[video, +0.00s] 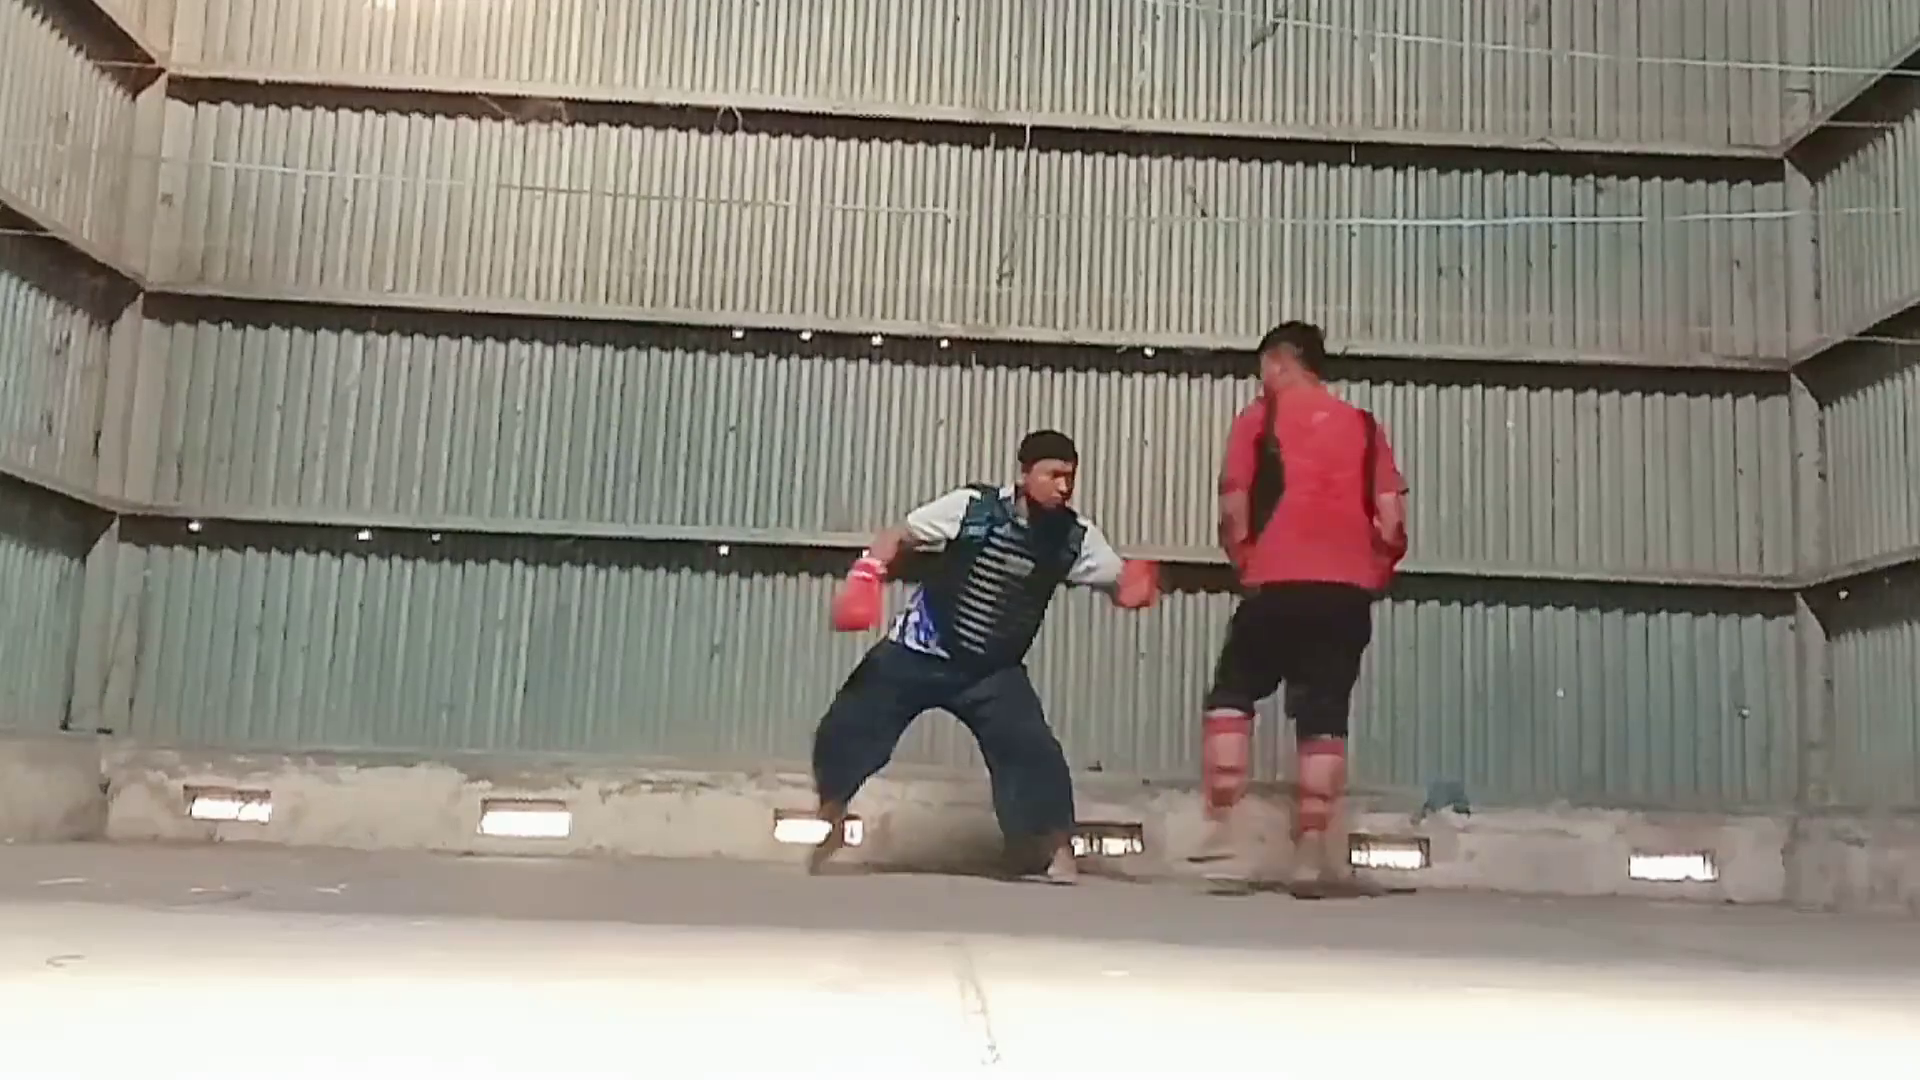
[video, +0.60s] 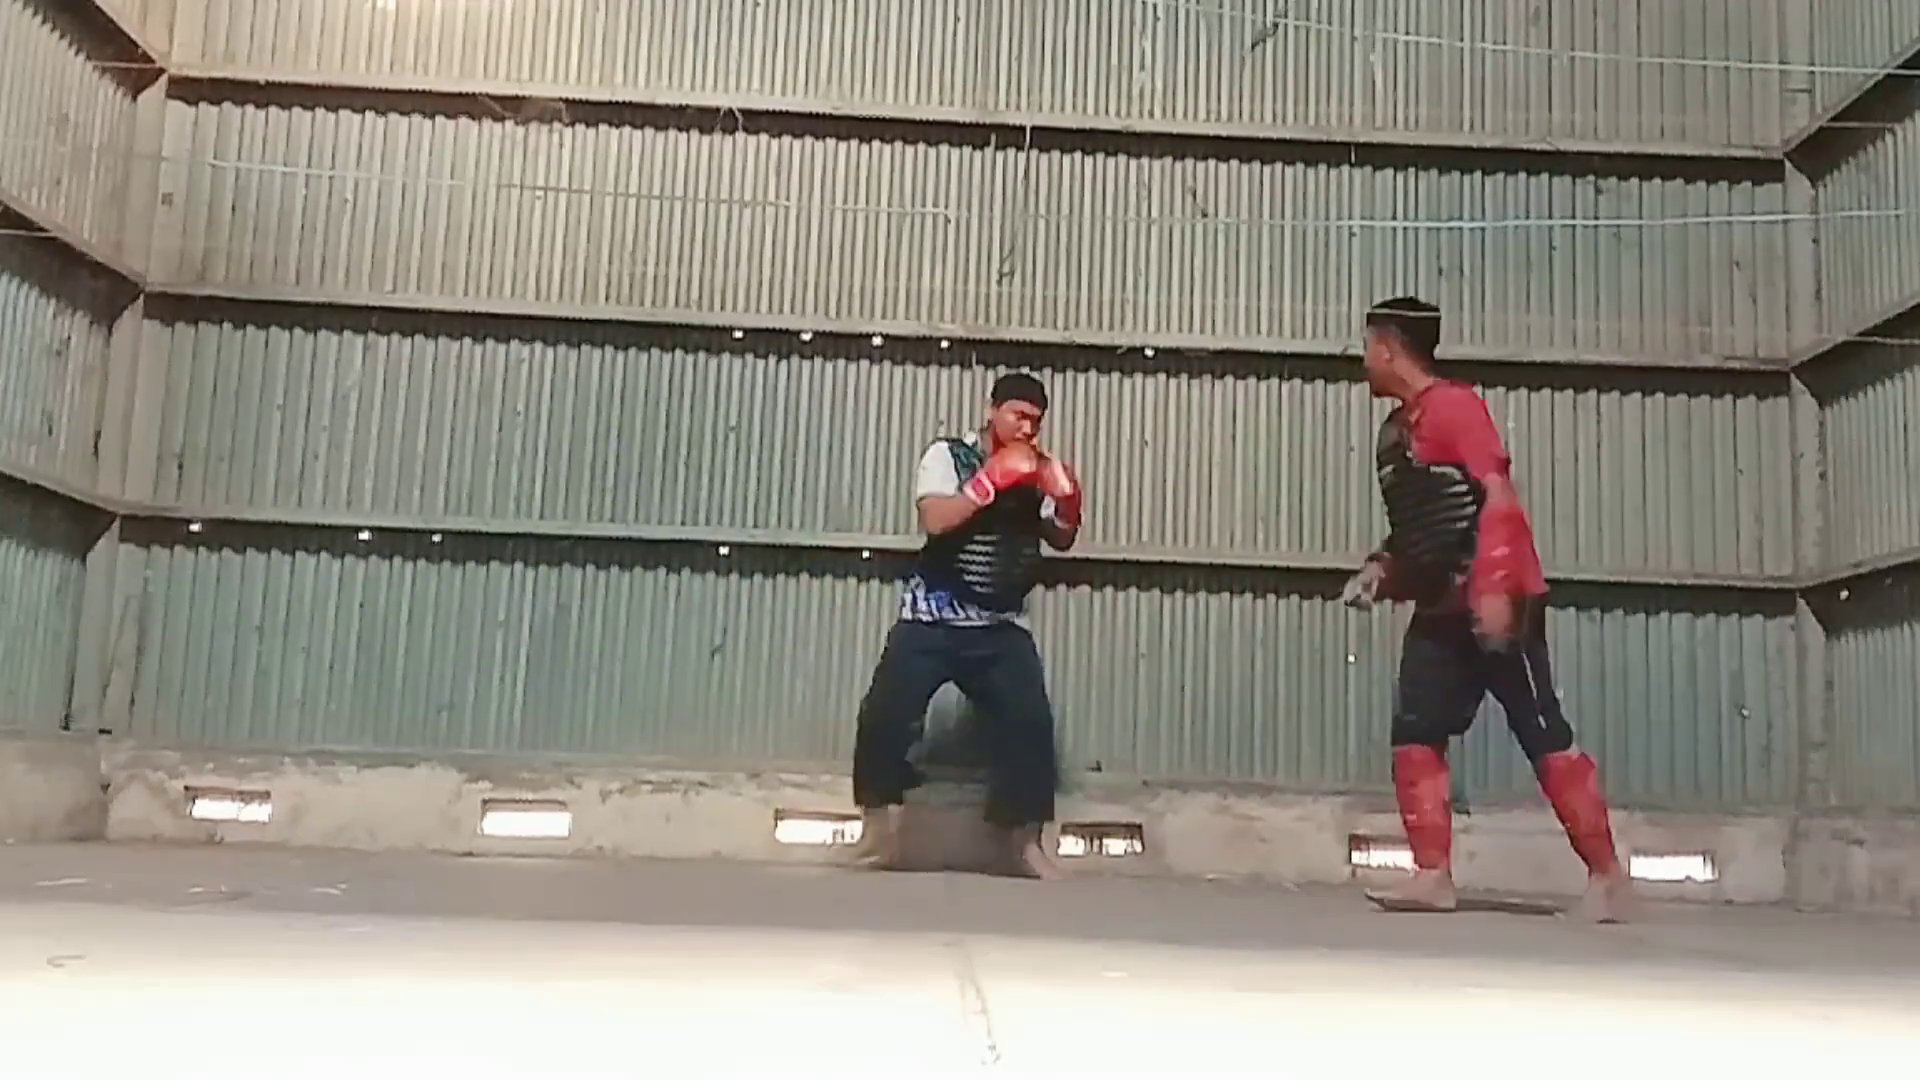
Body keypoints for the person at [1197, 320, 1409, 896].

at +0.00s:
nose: (1261, 380)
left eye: (1262, 370)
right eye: (1261, 372)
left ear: (1280, 362)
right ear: (1318, 365)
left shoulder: (1258, 415)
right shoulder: (1365, 423)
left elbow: (1234, 503)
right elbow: (1391, 521)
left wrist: (1247, 567)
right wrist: (1371, 576)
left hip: (1276, 593)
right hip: (1346, 595)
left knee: (1230, 700)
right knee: (1323, 715)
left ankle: (1225, 831)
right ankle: (1314, 854)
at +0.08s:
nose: (1281, 371)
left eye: (1283, 360)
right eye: (1280, 361)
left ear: (1304, 357)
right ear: (1335, 359)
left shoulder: (1283, 416)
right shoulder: (1385, 422)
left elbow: (1255, 505)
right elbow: (1407, 521)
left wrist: (1254, 556)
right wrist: (1386, 569)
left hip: (1305, 586)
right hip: (1376, 587)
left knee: (1275, 708)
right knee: (1346, 715)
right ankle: (1366, 858)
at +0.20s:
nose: (1324, 380)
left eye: (1328, 367)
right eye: (1325, 368)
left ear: (1350, 366)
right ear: (1375, 370)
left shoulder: (1350, 427)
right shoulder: (1411, 436)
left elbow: (1303, 513)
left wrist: (1273, 550)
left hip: (1390, 610)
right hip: (1414, 608)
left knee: (1383, 735)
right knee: (1363, 737)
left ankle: (1509, 825)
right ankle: (1377, 876)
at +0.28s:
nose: (1338, 379)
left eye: (1343, 367)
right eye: (1342, 367)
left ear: (1363, 370)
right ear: (1393, 374)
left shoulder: (1372, 436)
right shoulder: (1416, 439)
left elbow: (1337, 524)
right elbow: (1391, 543)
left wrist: (1286, 556)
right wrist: (1321, 568)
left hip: (1416, 617)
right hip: (1429, 616)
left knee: (1473, 742)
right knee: (1365, 735)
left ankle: (1579, 856)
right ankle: (1378, 874)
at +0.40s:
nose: (1363, 392)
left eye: (1370, 379)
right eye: (1366, 380)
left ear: (1395, 383)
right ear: (1405, 384)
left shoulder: (1432, 445)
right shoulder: (1410, 453)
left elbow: (1418, 538)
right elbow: (1428, 554)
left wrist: (1354, 583)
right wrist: (1384, 600)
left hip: (1486, 627)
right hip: (1442, 632)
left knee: (1539, 752)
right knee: (1383, 743)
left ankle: (1618, 889)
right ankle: (1389, 876)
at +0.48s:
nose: (1368, 380)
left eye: (1375, 367)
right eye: (1371, 367)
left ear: (1399, 370)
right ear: (1410, 372)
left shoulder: (1449, 432)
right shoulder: (1406, 447)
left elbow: (1461, 528)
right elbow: (1420, 541)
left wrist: (1404, 604)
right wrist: (1388, 597)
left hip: (1502, 620)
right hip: (1443, 626)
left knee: (1550, 747)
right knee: (1393, 739)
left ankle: (1620, 886)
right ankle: (1414, 878)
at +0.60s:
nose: (1364, 360)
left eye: (1369, 347)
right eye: (1366, 348)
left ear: (1392, 349)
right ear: (1403, 350)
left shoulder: (1457, 408)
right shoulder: (1401, 425)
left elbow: (1497, 496)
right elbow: (1423, 520)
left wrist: (1494, 584)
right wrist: (1387, 566)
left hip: (1498, 594)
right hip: (1440, 605)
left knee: (1542, 732)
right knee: (1417, 731)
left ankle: (1608, 874)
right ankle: (1432, 876)